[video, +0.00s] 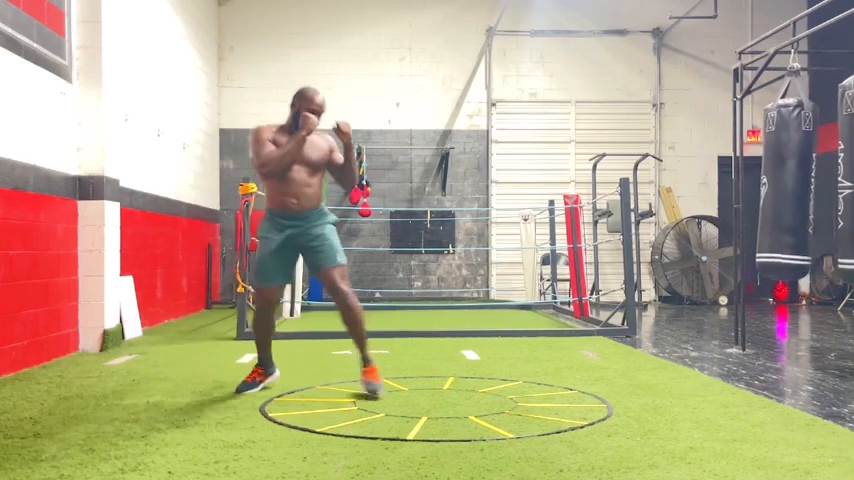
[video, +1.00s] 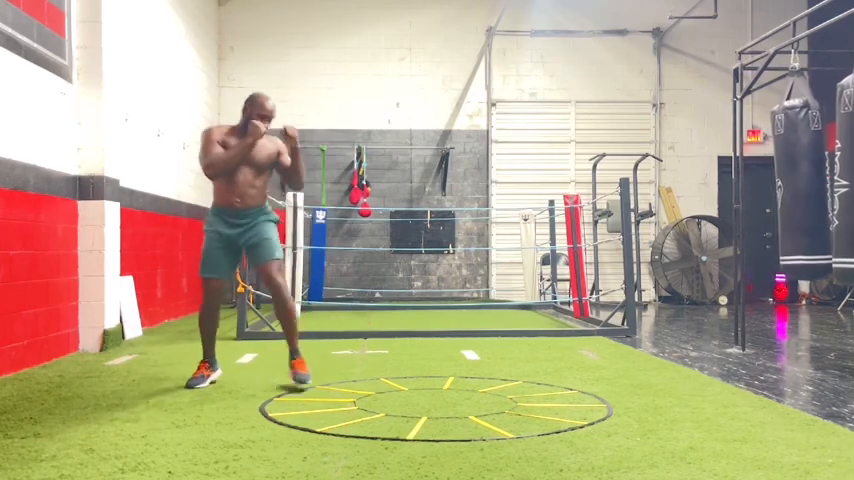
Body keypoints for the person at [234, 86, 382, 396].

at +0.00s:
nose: (313, 119)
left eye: (318, 115)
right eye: (310, 113)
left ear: (320, 116)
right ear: (294, 108)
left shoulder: (325, 144)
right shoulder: (265, 134)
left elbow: (349, 182)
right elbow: (266, 168)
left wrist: (348, 147)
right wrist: (301, 136)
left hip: (316, 224)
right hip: (276, 226)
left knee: (341, 289)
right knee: (264, 302)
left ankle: (367, 362)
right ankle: (265, 366)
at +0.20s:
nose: (328, 145)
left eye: (332, 140)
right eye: (324, 139)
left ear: (335, 140)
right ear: (308, 136)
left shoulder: (342, 167)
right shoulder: (280, 166)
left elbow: (366, 206)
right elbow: (284, 202)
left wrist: (362, 170)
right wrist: (315, 164)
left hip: (339, 243)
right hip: (299, 251)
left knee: (359, 305)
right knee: (271, 319)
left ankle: (388, 376)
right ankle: (269, 371)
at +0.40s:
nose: (318, 120)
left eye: (323, 116)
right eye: (314, 114)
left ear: (325, 117)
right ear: (299, 110)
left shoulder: (332, 144)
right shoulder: (272, 135)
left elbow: (356, 181)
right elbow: (266, 168)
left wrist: (351, 144)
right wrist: (305, 138)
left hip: (321, 224)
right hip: (282, 226)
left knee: (345, 292)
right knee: (264, 299)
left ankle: (375, 366)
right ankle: (265, 368)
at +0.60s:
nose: (307, 128)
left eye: (312, 124)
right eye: (303, 122)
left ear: (315, 123)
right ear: (287, 117)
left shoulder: (321, 150)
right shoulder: (261, 142)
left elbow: (345, 189)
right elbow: (257, 180)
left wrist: (339, 157)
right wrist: (293, 151)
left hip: (305, 230)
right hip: (266, 229)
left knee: (314, 297)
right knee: (242, 297)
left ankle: (329, 372)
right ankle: (234, 359)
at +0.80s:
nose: (286, 145)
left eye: (291, 141)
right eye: (282, 139)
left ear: (293, 140)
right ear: (266, 133)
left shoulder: (294, 168)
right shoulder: (236, 157)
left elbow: (310, 209)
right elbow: (232, 194)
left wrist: (313, 178)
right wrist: (269, 167)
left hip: (277, 242)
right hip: (238, 242)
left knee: (295, 300)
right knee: (215, 310)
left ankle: (326, 372)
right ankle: (211, 368)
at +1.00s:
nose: (264, 123)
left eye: (269, 119)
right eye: (261, 118)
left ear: (272, 119)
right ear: (246, 112)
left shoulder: (274, 144)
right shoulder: (216, 135)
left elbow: (296, 183)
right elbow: (212, 170)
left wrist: (295, 149)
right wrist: (249, 142)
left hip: (259, 219)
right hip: (221, 220)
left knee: (275, 280)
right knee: (212, 293)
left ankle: (296, 356)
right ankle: (209, 362)